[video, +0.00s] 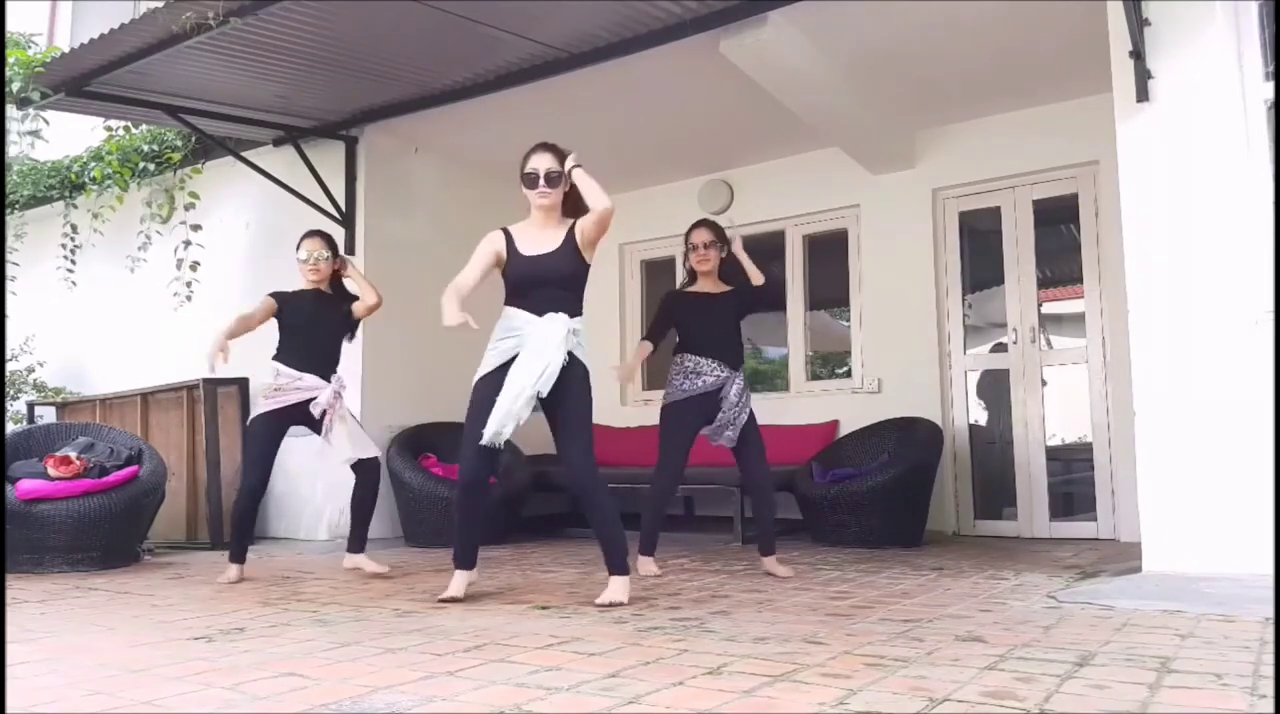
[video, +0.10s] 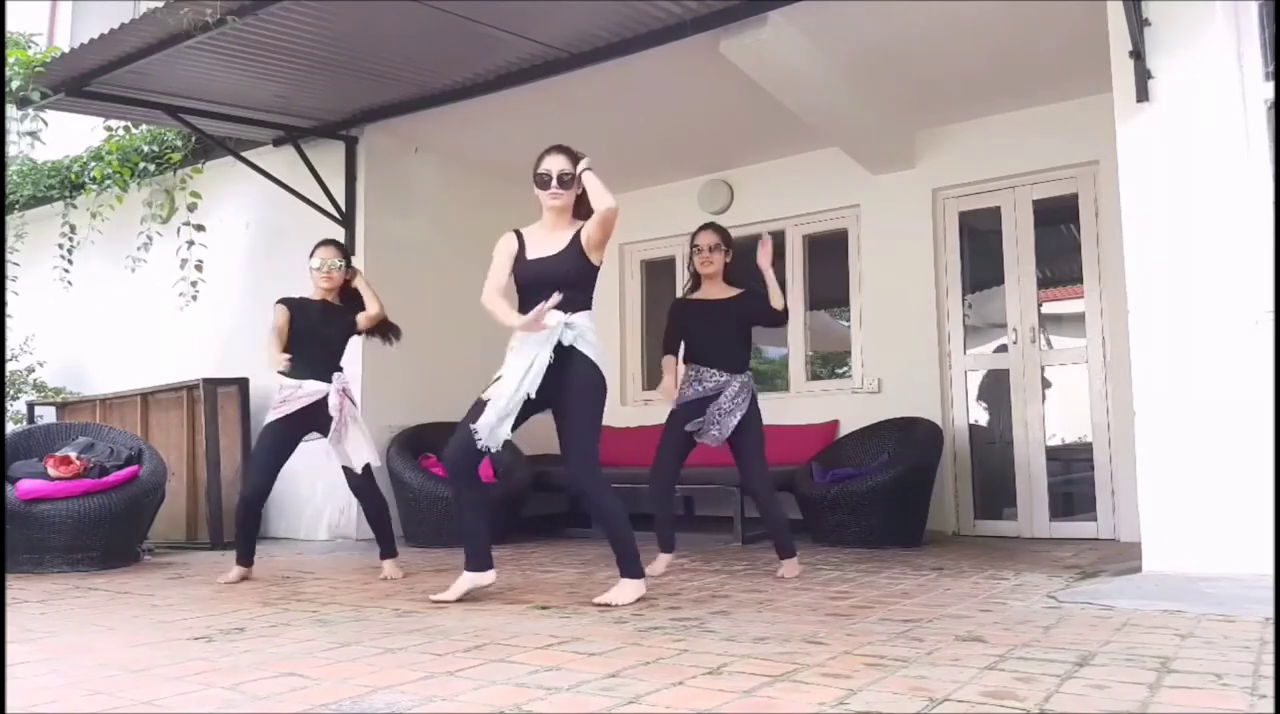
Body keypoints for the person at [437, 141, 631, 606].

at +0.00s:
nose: (543, 184)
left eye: (551, 177)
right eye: (533, 178)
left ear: (566, 183)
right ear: (522, 184)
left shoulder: (579, 235)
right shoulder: (502, 239)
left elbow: (602, 208)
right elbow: (461, 284)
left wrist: (574, 169)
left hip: (562, 356)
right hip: (508, 354)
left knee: (580, 469)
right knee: (473, 463)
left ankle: (619, 573)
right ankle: (464, 569)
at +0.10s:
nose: (555, 185)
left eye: (564, 179)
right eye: (546, 178)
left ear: (577, 186)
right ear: (535, 185)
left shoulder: (587, 237)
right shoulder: (514, 241)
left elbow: (606, 210)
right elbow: (491, 294)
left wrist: (585, 170)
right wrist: (519, 321)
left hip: (576, 362)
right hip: (526, 363)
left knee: (582, 470)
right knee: (458, 454)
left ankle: (633, 577)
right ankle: (479, 567)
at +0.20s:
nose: (562, 188)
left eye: (572, 183)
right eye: (554, 182)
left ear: (586, 192)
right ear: (542, 189)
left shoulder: (591, 242)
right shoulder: (521, 241)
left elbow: (620, 206)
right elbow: (504, 285)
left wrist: (596, 176)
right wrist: (558, 276)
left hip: (582, 362)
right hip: (537, 366)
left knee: (582, 468)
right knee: (469, 453)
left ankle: (637, 577)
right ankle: (476, 573)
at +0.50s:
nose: (548, 187)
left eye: (557, 180)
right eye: (539, 180)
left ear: (571, 188)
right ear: (527, 187)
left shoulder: (581, 233)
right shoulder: (511, 243)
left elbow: (592, 198)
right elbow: (496, 287)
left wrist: (586, 174)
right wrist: (519, 289)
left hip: (568, 364)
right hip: (525, 366)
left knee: (568, 470)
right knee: (460, 454)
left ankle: (632, 571)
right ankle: (479, 571)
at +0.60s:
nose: (537, 191)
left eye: (547, 185)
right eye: (528, 184)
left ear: (560, 194)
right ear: (516, 191)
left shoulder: (573, 241)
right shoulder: (500, 254)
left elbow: (565, 218)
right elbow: (491, 304)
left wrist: (574, 185)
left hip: (556, 363)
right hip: (505, 361)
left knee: (576, 469)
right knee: (474, 468)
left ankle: (621, 565)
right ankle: (467, 571)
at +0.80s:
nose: (528, 174)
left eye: (539, 168)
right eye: (520, 168)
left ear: (553, 179)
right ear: (507, 177)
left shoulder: (569, 229)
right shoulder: (484, 235)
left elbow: (616, 258)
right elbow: (437, 287)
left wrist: (612, 202)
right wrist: (397, 266)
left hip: (549, 355)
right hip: (492, 354)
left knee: (585, 456)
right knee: (471, 468)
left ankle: (600, 569)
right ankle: (464, 572)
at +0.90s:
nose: (531, 167)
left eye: (542, 161)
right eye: (523, 161)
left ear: (555, 173)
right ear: (510, 172)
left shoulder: (570, 226)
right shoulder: (486, 229)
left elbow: (608, 256)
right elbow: (436, 268)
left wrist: (625, 271)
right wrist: (412, 300)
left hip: (551, 351)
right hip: (498, 353)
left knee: (581, 464)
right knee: (477, 464)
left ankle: (616, 575)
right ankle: (482, 576)